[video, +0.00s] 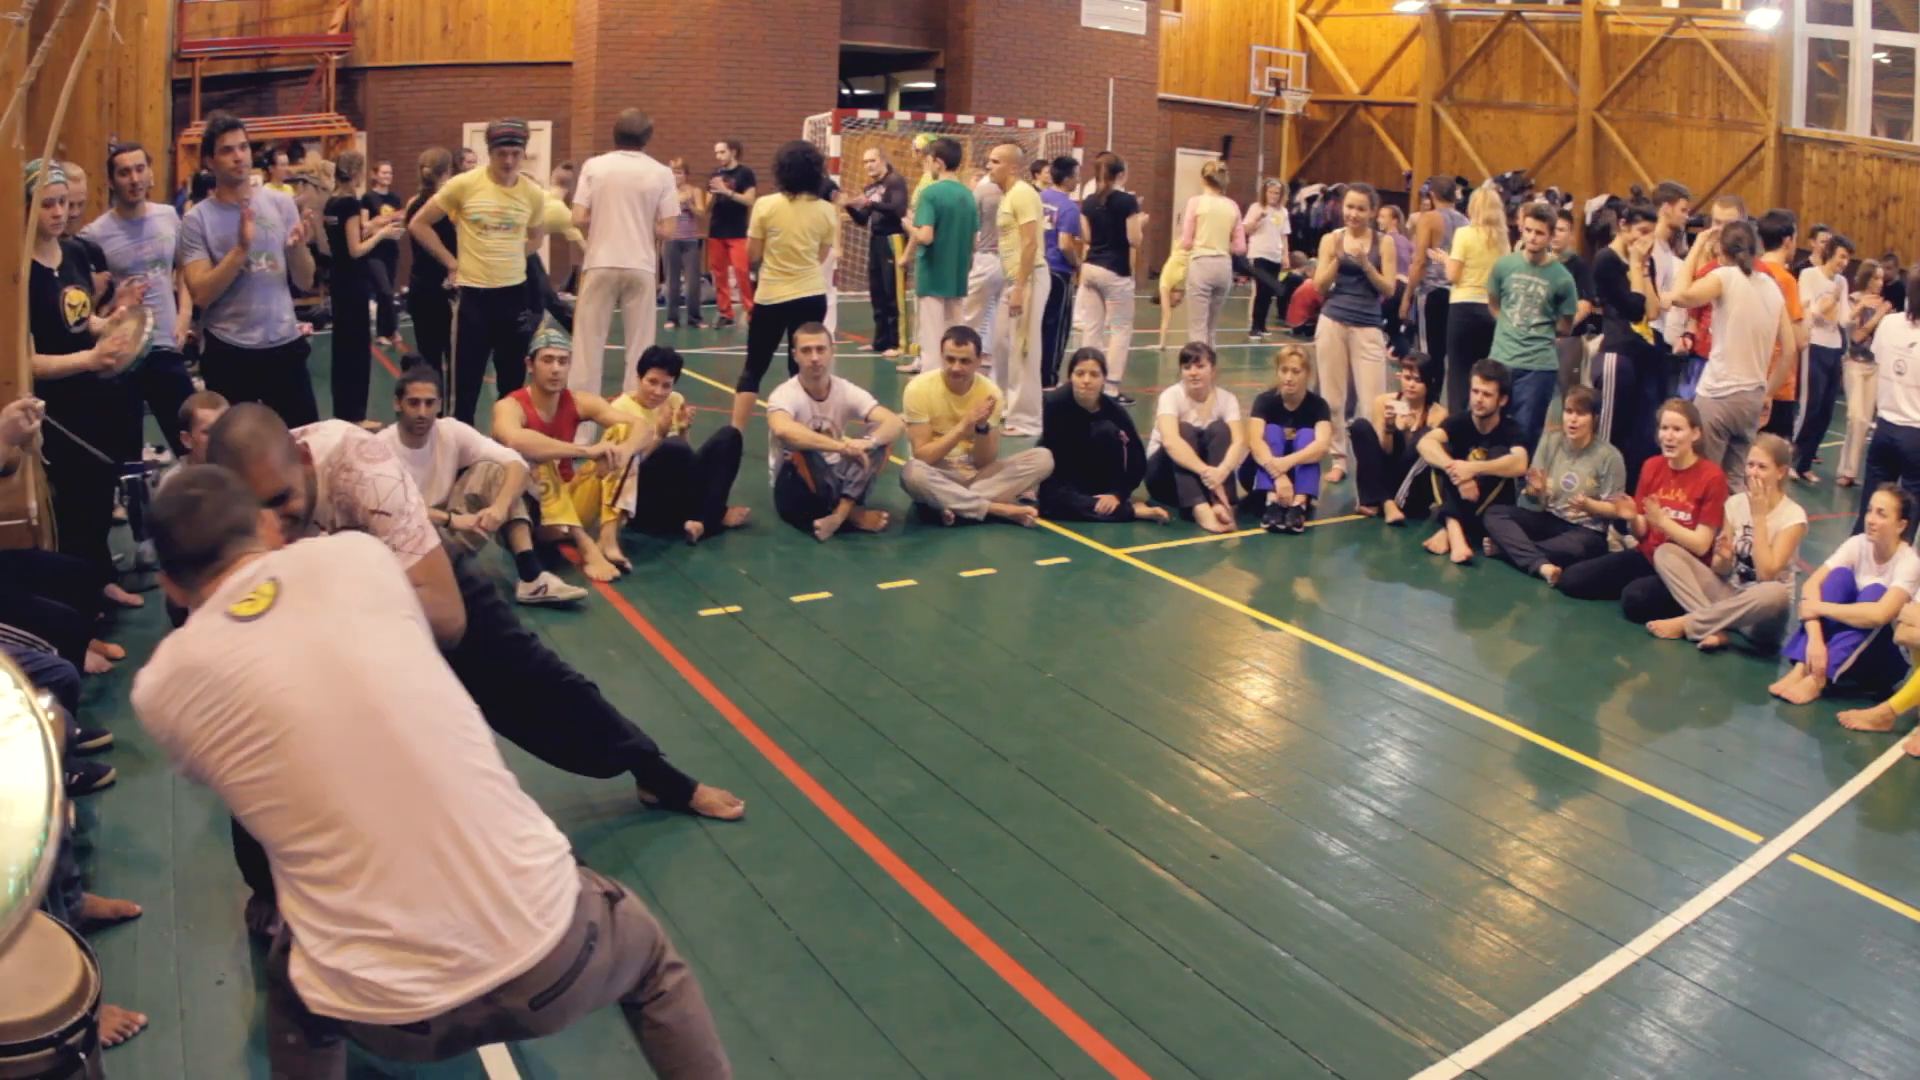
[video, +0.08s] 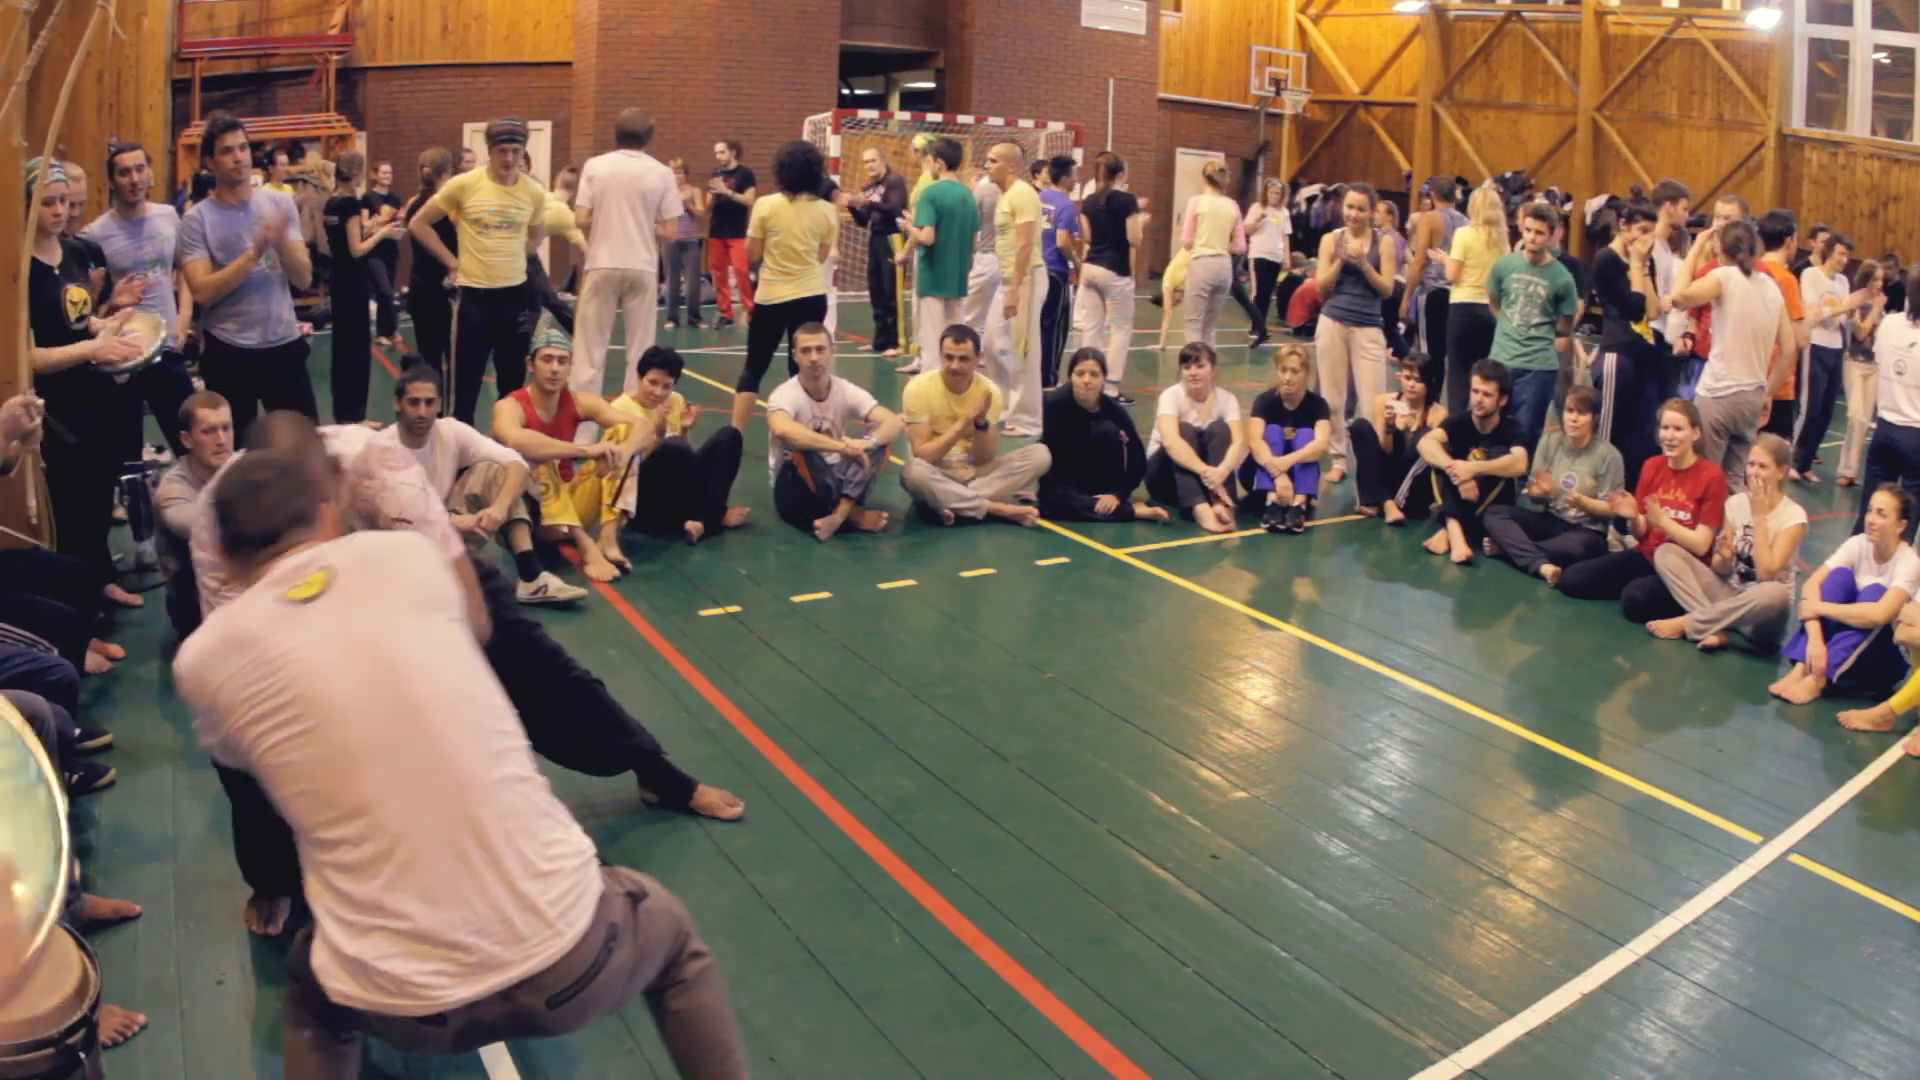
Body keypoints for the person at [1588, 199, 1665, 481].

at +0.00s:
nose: (1645, 239)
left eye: (1649, 233)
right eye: (1641, 231)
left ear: (1652, 234)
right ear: (1623, 226)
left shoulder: (1642, 260)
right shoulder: (1607, 259)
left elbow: (1655, 311)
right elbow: (1635, 308)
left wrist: (1643, 267)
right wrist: (1636, 263)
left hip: (1642, 349)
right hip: (1617, 350)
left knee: (1638, 428)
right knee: (1610, 430)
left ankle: (1632, 489)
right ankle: (1604, 489)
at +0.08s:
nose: (1647, 239)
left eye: (1650, 232)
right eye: (1642, 230)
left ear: (1652, 232)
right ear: (1623, 226)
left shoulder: (1643, 259)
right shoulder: (1607, 259)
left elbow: (1654, 311)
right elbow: (1635, 308)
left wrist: (1643, 267)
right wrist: (1636, 263)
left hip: (1641, 349)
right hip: (1616, 350)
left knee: (1635, 428)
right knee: (1609, 430)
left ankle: (1630, 489)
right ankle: (1602, 489)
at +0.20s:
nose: (1645, 238)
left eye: (1649, 232)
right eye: (1640, 230)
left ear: (1652, 234)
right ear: (1623, 227)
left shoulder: (1643, 261)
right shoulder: (1607, 260)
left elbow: (1655, 309)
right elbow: (1637, 307)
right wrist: (1637, 263)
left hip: (1642, 353)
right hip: (1617, 353)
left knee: (1637, 433)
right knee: (1611, 432)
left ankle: (1627, 513)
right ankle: (1602, 510)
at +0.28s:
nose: (1645, 239)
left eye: (1650, 233)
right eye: (1641, 230)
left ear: (1652, 235)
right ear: (1623, 226)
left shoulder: (1642, 259)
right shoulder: (1607, 258)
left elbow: (1654, 310)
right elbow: (1636, 308)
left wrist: (1643, 266)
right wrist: (1637, 262)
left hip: (1644, 350)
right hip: (1617, 351)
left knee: (1641, 429)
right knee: (1612, 431)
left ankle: (1636, 488)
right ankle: (1606, 489)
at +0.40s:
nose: (1646, 239)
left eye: (1650, 232)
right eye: (1641, 230)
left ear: (1651, 233)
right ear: (1623, 226)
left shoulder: (1640, 259)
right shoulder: (1608, 258)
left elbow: (1653, 310)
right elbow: (1636, 308)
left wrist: (1643, 265)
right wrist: (1637, 262)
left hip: (1642, 350)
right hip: (1617, 351)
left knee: (1637, 428)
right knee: (1612, 429)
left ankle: (1632, 487)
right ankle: (1605, 488)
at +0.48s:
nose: (1645, 237)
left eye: (1649, 231)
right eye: (1641, 229)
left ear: (1651, 233)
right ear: (1623, 226)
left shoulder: (1640, 260)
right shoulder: (1607, 260)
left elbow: (1654, 310)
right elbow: (1636, 308)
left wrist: (1644, 267)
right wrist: (1638, 264)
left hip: (1640, 350)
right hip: (1616, 351)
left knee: (1634, 431)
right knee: (1612, 430)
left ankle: (1625, 511)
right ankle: (1603, 509)